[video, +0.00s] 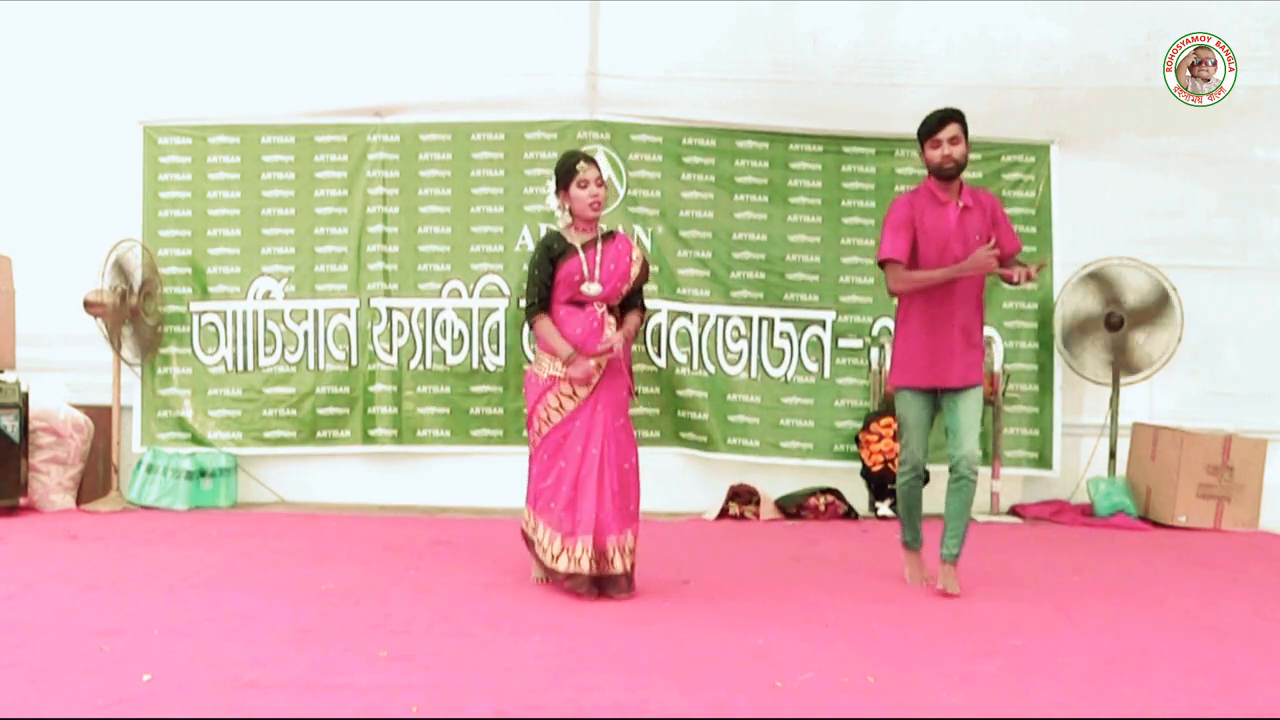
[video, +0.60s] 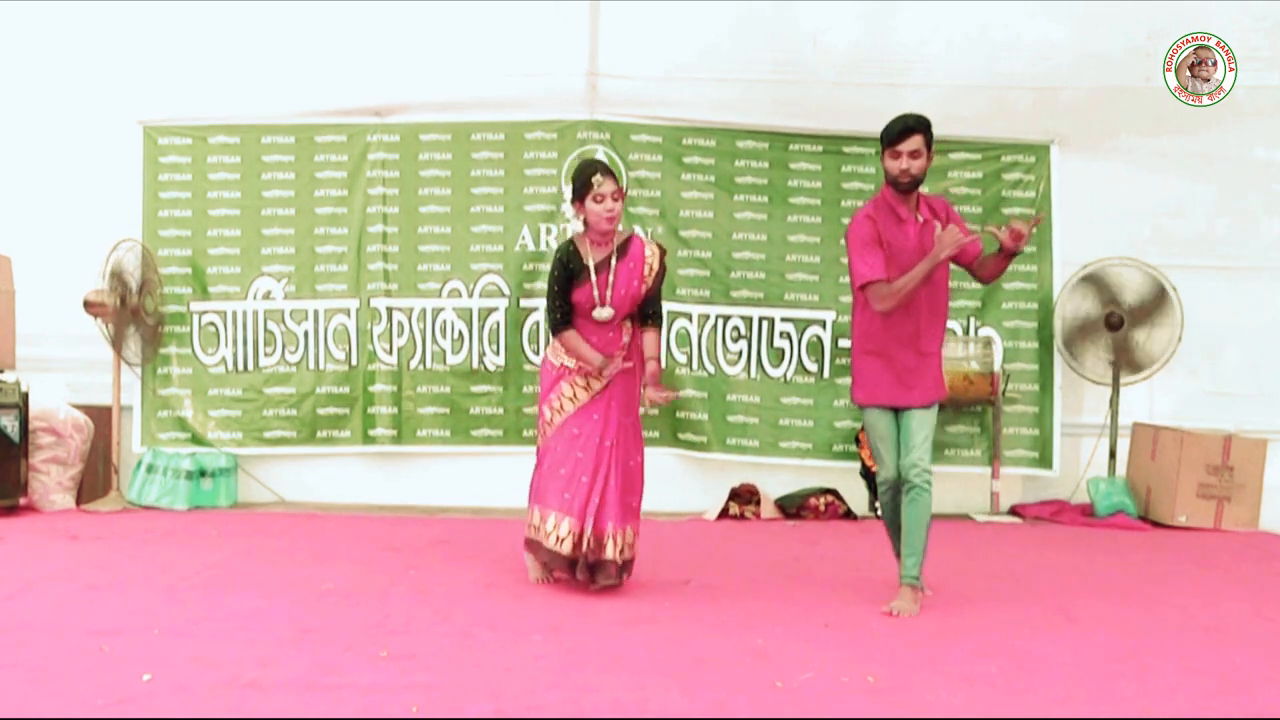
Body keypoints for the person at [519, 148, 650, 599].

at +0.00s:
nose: (596, 193)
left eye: (600, 184)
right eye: (584, 186)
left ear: (607, 189)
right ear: (564, 196)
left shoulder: (624, 246)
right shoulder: (552, 247)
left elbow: (636, 307)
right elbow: (535, 312)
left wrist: (621, 340)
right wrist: (572, 356)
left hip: (610, 368)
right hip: (560, 368)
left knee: (610, 459)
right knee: (566, 459)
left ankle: (608, 562)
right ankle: (568, 562)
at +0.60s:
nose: (610, 207)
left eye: (616, 197)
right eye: (599, 199)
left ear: (624, 199)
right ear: (580, 207)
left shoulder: (646, 254)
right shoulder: (569, 254)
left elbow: (651, 318)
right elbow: (558, 322)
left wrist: (652, 375)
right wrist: (597, 361)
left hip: (622, 366)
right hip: (571, 364)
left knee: (614, 455)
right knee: (570, 452)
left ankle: (607, 554)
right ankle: (563, 551)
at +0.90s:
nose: (659, 235)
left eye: (664, 224)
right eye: (648, 228)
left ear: (673, 225)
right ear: (629, 235)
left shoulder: (689, 268)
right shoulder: (622, 283)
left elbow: (692, 331)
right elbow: (618, 352)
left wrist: (681, 389)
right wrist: (623, 411)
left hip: (668, 379)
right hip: (622, 380)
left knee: (672, 458)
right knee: (636, 458)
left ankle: (661, 559)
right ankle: (625, 554)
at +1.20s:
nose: (695, 224)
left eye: (700, 214)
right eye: (683, 217)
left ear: (708, 217)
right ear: (665, 227)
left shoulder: (720, 266)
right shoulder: (660, 277)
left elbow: (737, 324)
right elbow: (644, 347)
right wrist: (674, 397)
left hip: (711, 378)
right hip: (665, 379)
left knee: (713, 464)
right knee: (667, 463)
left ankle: (711, 557)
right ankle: (625, 543)